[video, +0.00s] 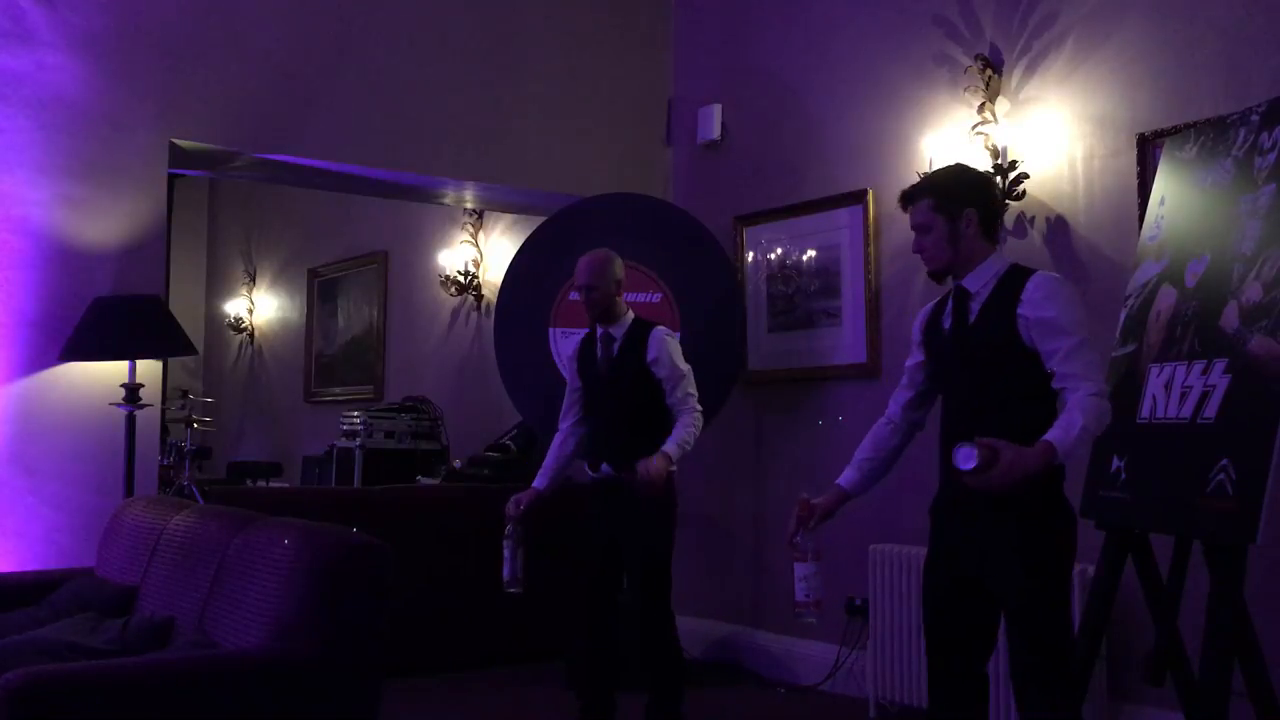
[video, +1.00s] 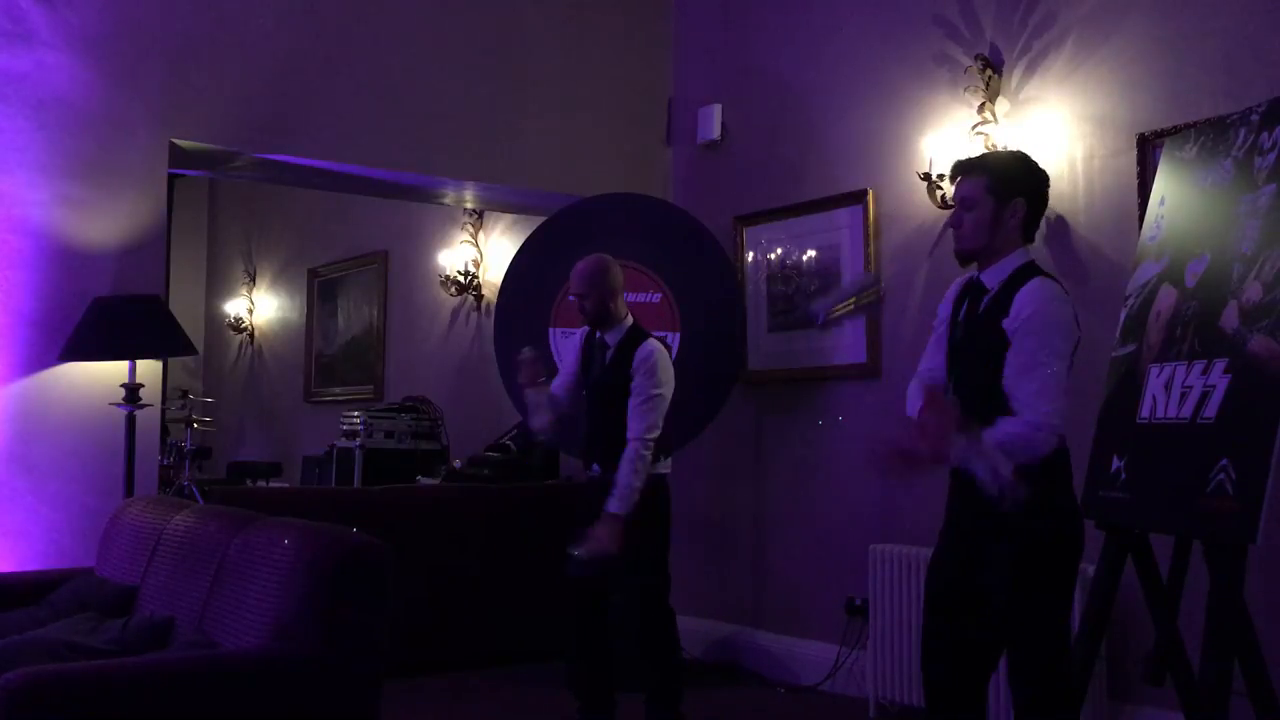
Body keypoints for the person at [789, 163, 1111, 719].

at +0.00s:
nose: (915, 245)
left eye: (924, 230)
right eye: (913, 232)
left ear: (969, 224)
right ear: (958, 228)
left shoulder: (1039, 294)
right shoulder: (936, 318)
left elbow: (1090, 398)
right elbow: (900, 417)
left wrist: (1039, 455)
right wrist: (837, 494)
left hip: (1031, 517)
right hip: (958, 518)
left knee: (1042, 684)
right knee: (953, 684)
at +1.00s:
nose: (953, 218)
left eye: (968, 206)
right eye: (954, 205)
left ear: (1013, 215)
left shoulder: (1040, 300)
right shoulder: (960, 294)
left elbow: (1041, 428)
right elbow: (926, 381)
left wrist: (959, 444)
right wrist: (929, 420)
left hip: (1033, 503)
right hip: (973, 497)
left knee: (1038, 677)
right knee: (948, 667)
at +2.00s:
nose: (926, 226)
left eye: (937, 216)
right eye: (930, 214)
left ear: (975, 225)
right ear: (975, 224)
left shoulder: (998, 310)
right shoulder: (979, 276)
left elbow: (994, 442)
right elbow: (929, 237)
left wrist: (920, 526)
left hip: (993, 515)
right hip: (975, 505)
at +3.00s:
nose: (924, 308)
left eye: (940, 296)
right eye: (919, 298)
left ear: (979, 307)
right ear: (912, 305)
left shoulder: (963, 367)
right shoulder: (982, 369)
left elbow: (927, 475)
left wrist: (827, 505)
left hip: (929, 582)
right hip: (952, 580)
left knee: (841, 678)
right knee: (918, 701)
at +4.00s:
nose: (924, 236)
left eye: (937, 223)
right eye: (909, 227)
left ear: (960, 237)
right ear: (893, 248)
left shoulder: (1003, 300)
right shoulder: (881, 341)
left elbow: (1063, 222)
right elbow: (878, 444)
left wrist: (997, 194)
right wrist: (877, 537)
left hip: (1020, 528)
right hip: (941, 536)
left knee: (1016, 697)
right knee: (881, 690)